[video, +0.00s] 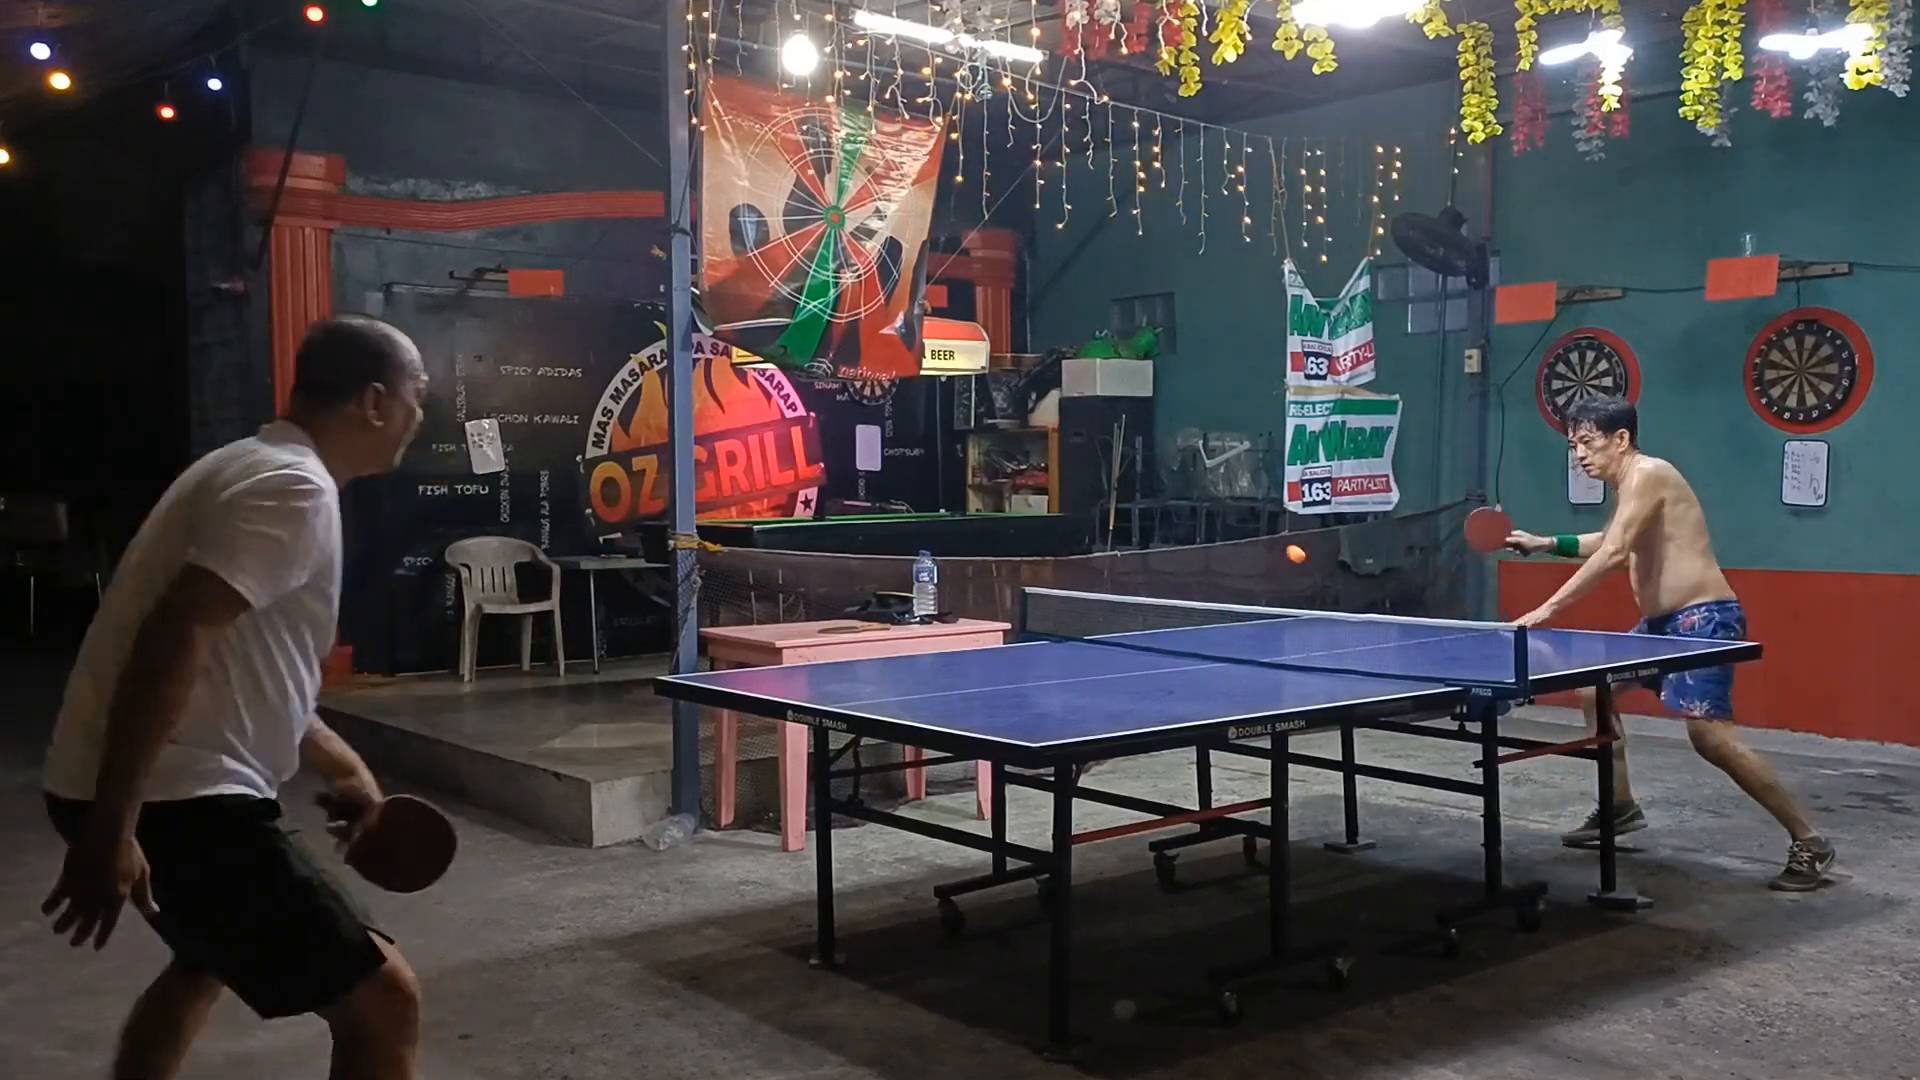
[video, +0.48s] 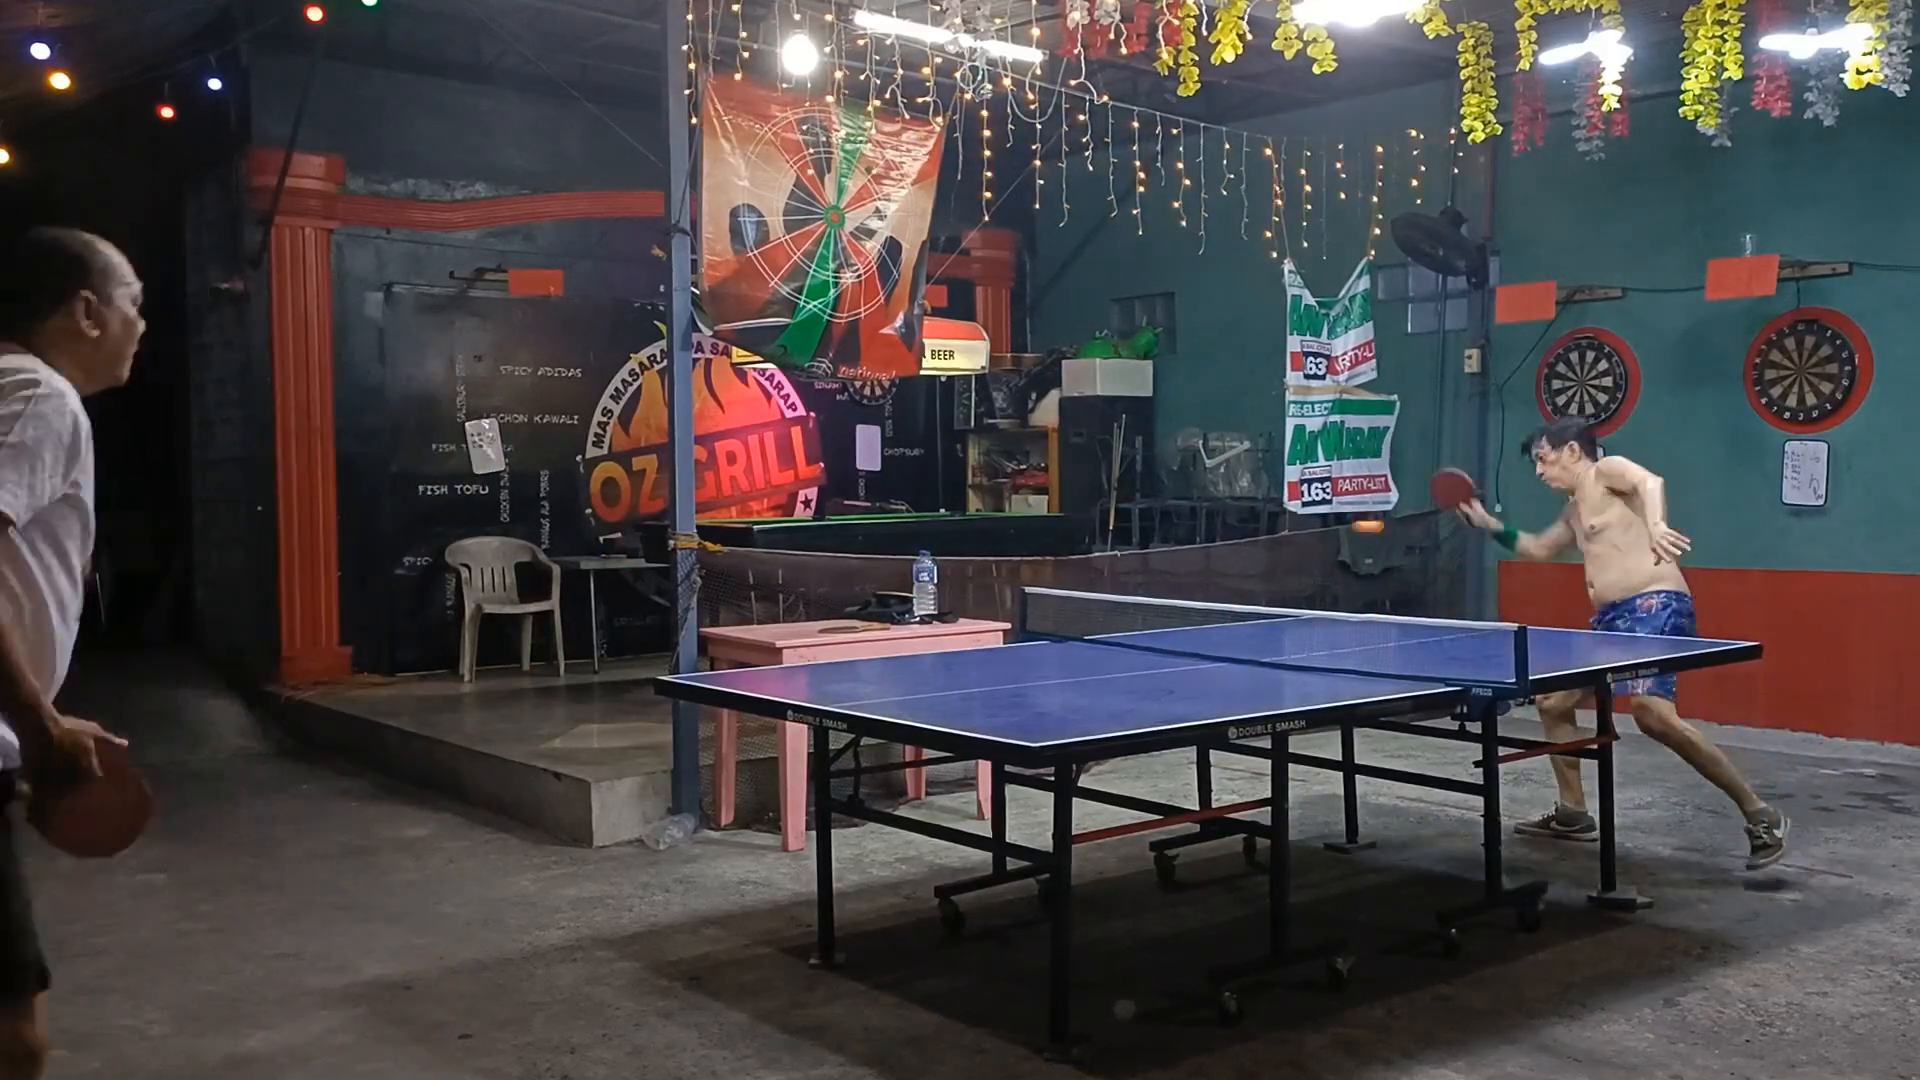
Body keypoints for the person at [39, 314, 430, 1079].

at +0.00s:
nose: (419, 421)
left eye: (423, 402)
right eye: (418, 400)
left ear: (313, 392)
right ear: (376, 402)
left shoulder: (237, 466)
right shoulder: (296, 485)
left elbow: (239, 671)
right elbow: (174, 631)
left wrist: (343, 765)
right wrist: (113, 822)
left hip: (125, 783)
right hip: (195, 800)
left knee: (207, 958)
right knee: (382, 998)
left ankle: (133, 1072)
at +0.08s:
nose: (372, 415)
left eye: (375, 396)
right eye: (370, 393)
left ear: (289, 391)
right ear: (326, 397)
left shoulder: (199, 469)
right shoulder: (246, 484)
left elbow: (192, 678)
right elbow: (137, 636)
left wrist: (303, 771)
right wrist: (116, 837)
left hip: (86, 787)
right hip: (162, 799)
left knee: (167, 966)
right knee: (351, 999)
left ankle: (52, 1070)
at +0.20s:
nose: (282, 390)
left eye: (280, 370)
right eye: (273, 369)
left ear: (218, 384)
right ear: (226, 384)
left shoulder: (155, 474)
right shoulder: (135, 469)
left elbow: (133, 672)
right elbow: (31, 623)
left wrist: (231, 766)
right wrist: (123, 796)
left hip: (61, 811)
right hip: (52, 815)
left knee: (33, 1029)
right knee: (205, 1038)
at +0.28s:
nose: (245, 370)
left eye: (245, 350)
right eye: (237, 348)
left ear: (181, 355)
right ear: (190, 353)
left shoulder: (125, 451)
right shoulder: (100, 437)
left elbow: (88, 644)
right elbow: (15, 598)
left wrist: (176, 740)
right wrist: (105, 757)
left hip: (44, 780)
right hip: (24, 782)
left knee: (16, 1010)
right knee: (140, 1011)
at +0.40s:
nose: (178, 317)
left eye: (176, 298)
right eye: (170, 297)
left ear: (105, 306)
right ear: (123, 305)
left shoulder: (42, 376)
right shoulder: (62, 382)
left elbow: (21, 573)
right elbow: (2, 541)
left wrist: (79, 709)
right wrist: (58, 707)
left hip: (11, 745)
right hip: (3, 750)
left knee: (42, 1000)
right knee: (63, 1006)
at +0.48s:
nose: (141, 327)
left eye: (141, 307)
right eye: (134, 305)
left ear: (66, 314)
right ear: (84, 312)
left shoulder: (25, 393)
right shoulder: (43, 400)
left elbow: (9, 581)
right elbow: (4, 556)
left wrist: (44, 727)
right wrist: (41, 719)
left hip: (2, 767)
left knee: (17, 1023)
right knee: (17, 1031)